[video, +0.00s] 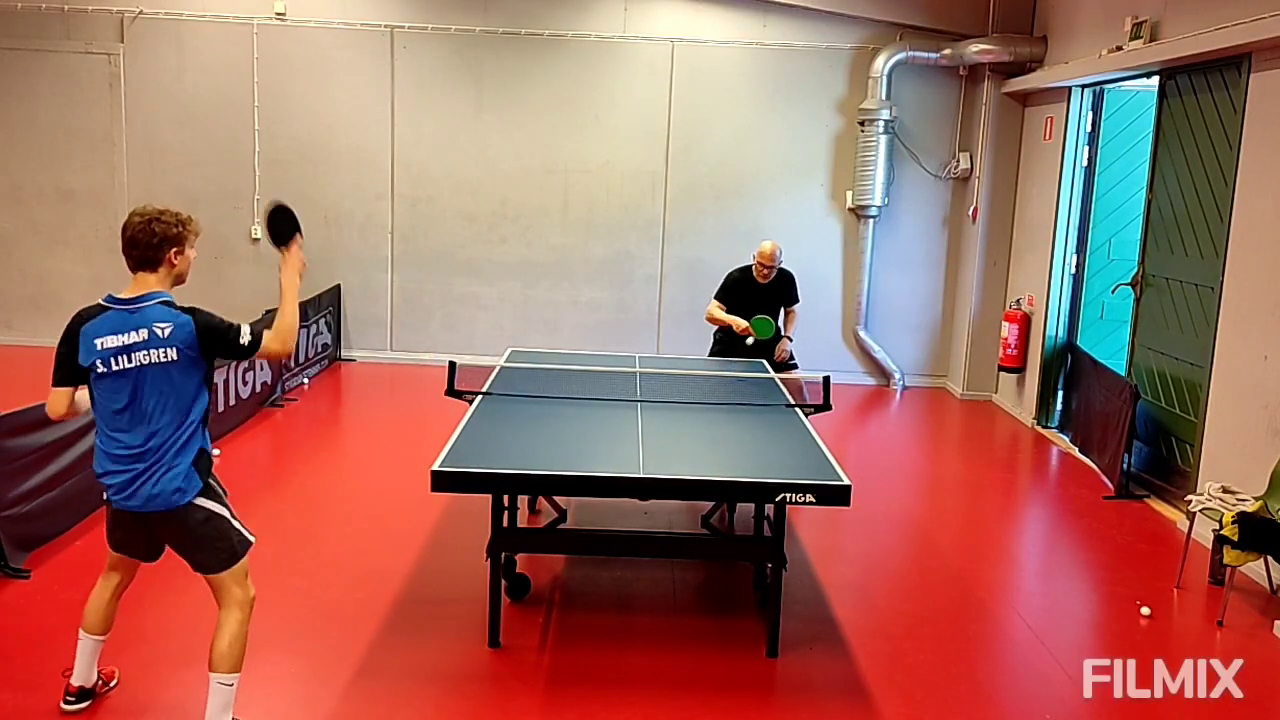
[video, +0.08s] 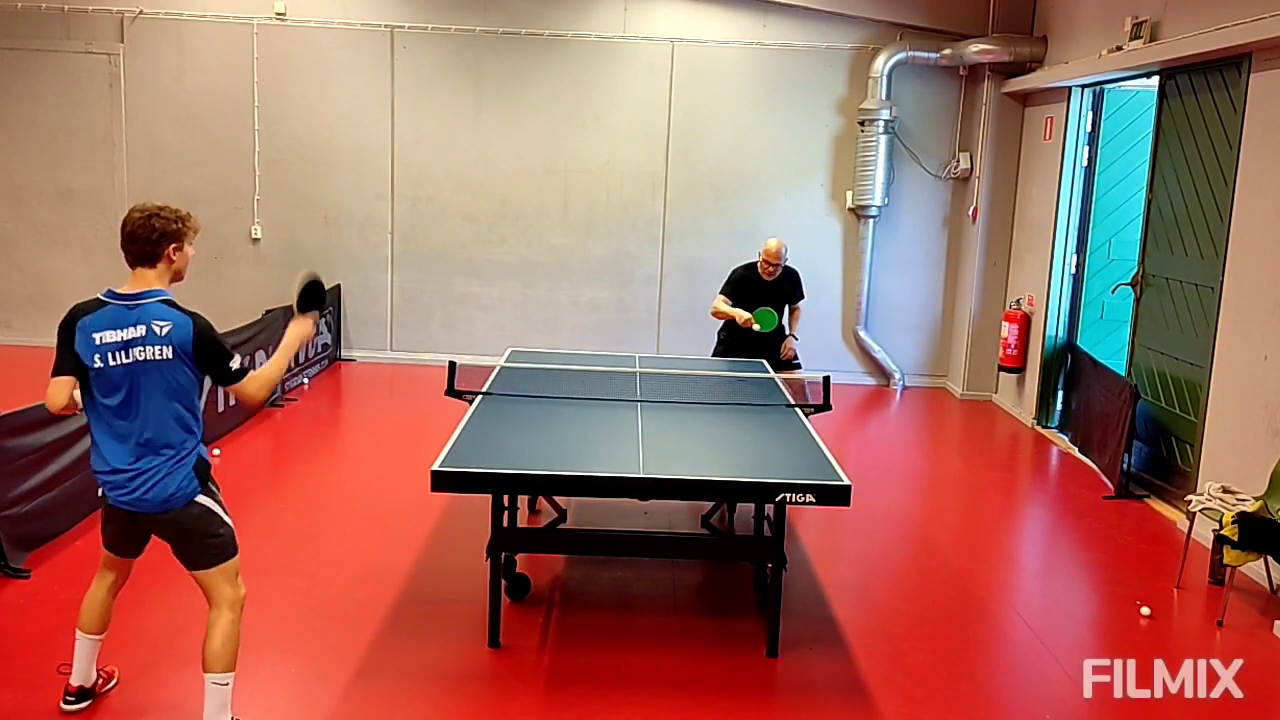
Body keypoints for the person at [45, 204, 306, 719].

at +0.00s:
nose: (193, 258)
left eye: (192, 249)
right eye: (190, 249)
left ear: (134, 257)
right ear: (171, 256)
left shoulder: (86, 324)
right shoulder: (191, 323)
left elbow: (60, 405)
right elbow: (280, 345)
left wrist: (114, 391)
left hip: (123, 492)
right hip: (184, 491)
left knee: (116, 572)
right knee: (238, 597)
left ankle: (80, 683)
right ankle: (219, 714)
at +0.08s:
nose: (191, 256)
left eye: (191, 246)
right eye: (189, 247)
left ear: (129, 254)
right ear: (171, 253)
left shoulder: (81, 320)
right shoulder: (187, 326)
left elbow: (57, 401)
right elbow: (253, 392)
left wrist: (84, 389)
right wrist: (295, 336)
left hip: (119, 491)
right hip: (181, 492)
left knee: (109, 575)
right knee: (227, 598)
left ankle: (79, 684)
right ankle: (218, 714)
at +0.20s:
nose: (203, 252)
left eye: (202, 243)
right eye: (200, 244)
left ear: (140, 252)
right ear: (180, 253)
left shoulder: (89, 308)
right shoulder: (186, 333)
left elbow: (52, 377)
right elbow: (172, 424)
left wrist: (98, 383)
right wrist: (234, 435)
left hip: (107, 484)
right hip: (164, 489)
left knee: (107, 572)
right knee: (215, 598)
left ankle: (80, 682)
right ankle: (217, 714)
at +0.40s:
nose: (235, 273)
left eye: (235, 264)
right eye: (232, 265)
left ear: (178, 263)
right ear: (210, 270)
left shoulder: (130, 304)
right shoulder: (176, 339)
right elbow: (143, 434)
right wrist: (210, 481)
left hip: (104, 482)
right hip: (147, 490)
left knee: (122, 573)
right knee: (225, 593)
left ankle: (81, 681)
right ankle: (224, 715)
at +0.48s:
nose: (252, 284)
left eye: (252, 276)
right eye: (249, 276)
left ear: (197, 274)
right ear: (226, 282)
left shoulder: (156, 310)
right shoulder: (183, 348)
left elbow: (157, 361)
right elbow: (159, 448)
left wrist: (206, 368)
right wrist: (220, 501)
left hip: (109, 482)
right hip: (145, 493)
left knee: (128, 576)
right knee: (230, 595)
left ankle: (81, 683)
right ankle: (243, 716)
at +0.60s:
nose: (298, 314)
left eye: (299, 305)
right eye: (295, 306)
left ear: (246, 299)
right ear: (270, 308)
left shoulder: (209, 327)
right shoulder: (223, 372)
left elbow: (219, 367)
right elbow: (215, 473)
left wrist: (260, 380)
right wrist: (283, 522)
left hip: (127, 484)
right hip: (160, 501)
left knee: (132, 581)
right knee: (247, 609)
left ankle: (82, 682)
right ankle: (266, 714)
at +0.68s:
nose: (329, 327)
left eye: (330, 318)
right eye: (327, 319)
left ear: (277, 313)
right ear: (301, 324)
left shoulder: (231, 339)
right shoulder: (252, 385)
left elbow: (219, 392)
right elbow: (257, 488)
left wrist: (269, 401)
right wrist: (331, 529)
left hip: (138, 488)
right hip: (171, 507)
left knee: (131, 590)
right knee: (265, 610)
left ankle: (83, 684)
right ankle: (273, 715)